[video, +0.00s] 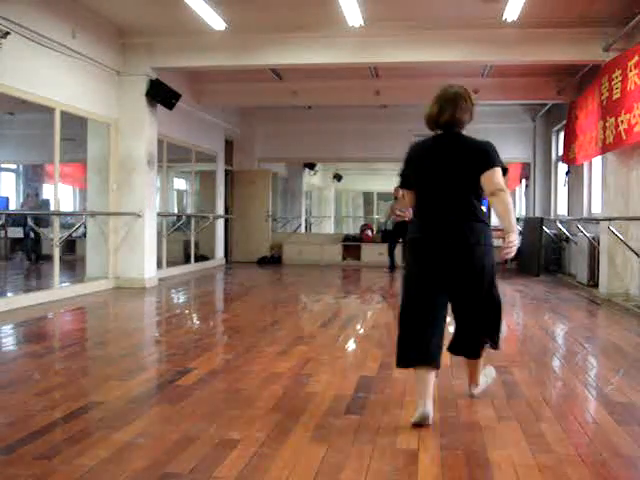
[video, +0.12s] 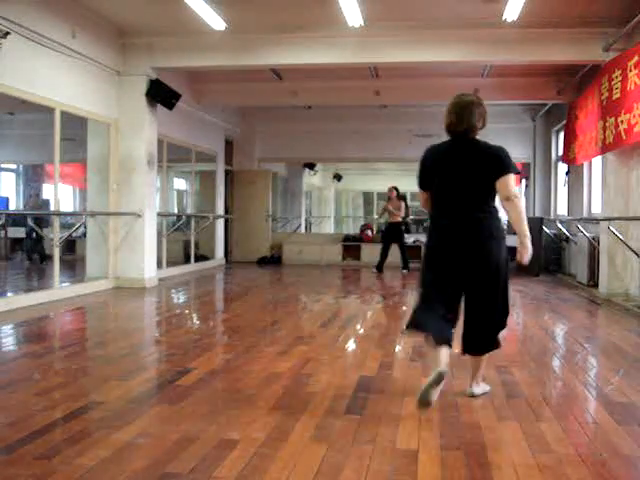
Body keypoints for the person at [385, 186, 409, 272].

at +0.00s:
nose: (395, 194)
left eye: (397, 191)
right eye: (395, 191)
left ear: (401, 192)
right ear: (395, 193)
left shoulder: (407, 203)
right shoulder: (394, 204)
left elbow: (410, 215)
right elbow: (389, 215)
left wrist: (398, 213)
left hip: (406, 223)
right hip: (397, 223)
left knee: (406, 245)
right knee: (391, 245)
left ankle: (407, 265)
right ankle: (392, 265)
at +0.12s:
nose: (390, 193)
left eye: (392, 191)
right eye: (389, 191)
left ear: (396, 193)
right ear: (388, 193)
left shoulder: (401, 203)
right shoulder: (388, 203)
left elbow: (402, 214)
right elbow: (380, 215)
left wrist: (391, 209)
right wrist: (384, 209)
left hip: (398, 224)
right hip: (390, 224)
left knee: (402, 246)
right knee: (385, 247)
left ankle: (405, 267)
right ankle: (379, 267)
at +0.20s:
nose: (386, 194)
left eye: (388, 191)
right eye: (385, 191)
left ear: (392, 192)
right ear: (383, 193)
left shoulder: (395, 202)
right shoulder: (383, 202)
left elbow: (394, 211)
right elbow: (372, 212)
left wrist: (386, 201)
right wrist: (378, 206)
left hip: (392, 222)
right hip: (384, 222)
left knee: (395, 247)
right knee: (380, 248)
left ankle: (404, 266)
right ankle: (378, 269)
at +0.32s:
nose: (379, 192)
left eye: (381, 189)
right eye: (378, 190)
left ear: (385, 191)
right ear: (377, 191)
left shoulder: (388, 200)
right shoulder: (377, 200)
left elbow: (385, 203)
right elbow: (368, 204)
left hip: (386, 221)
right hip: (378, 221)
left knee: (383, 246)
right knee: (377, 248)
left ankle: (391, 265)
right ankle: (378, 269)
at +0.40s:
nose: (377, 191)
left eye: (378, 189)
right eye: (375, 189)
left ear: (382, 191)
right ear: (373, 191)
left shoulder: (384, 199)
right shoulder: (372, 200)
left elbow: (385, 202)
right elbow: (362, 204)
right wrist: (368, 202)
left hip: (382, 221)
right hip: (374, 222)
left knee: (380, 246)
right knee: (375, 246)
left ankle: (381, 267)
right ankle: (377, 267)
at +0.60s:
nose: (370, 191)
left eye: (372, 189)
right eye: (369, 189)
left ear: (375, 192)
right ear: (367, 191)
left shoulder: (376, 201)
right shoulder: (365, 201)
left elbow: (381, 201)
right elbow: (355, 202)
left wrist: (379, 195)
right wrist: (361, 196)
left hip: (375, 222)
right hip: (367, 223)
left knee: (372, 247)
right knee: (371, 247)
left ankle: (365, 268)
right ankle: (378, 267)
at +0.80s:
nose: (361, 189)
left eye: (363, 187)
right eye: (360, 187)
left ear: (366, 190)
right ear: (358, 189)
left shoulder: (368, 200)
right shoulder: (356, 200)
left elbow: (374, 198)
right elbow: (344, 197)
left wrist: (373, 192)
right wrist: (353, 192)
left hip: (366, 221)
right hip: (358, 221)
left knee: (365, 247)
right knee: (355, 248)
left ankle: (363, 271)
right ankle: (364, 264)